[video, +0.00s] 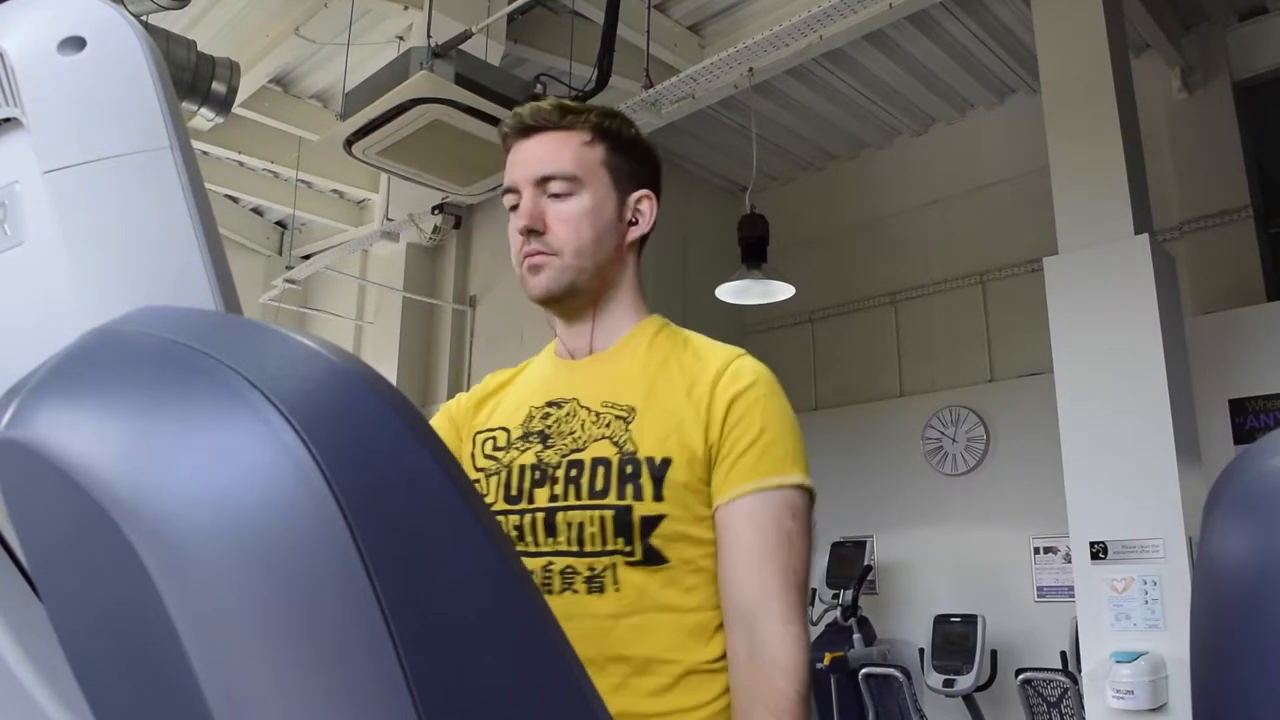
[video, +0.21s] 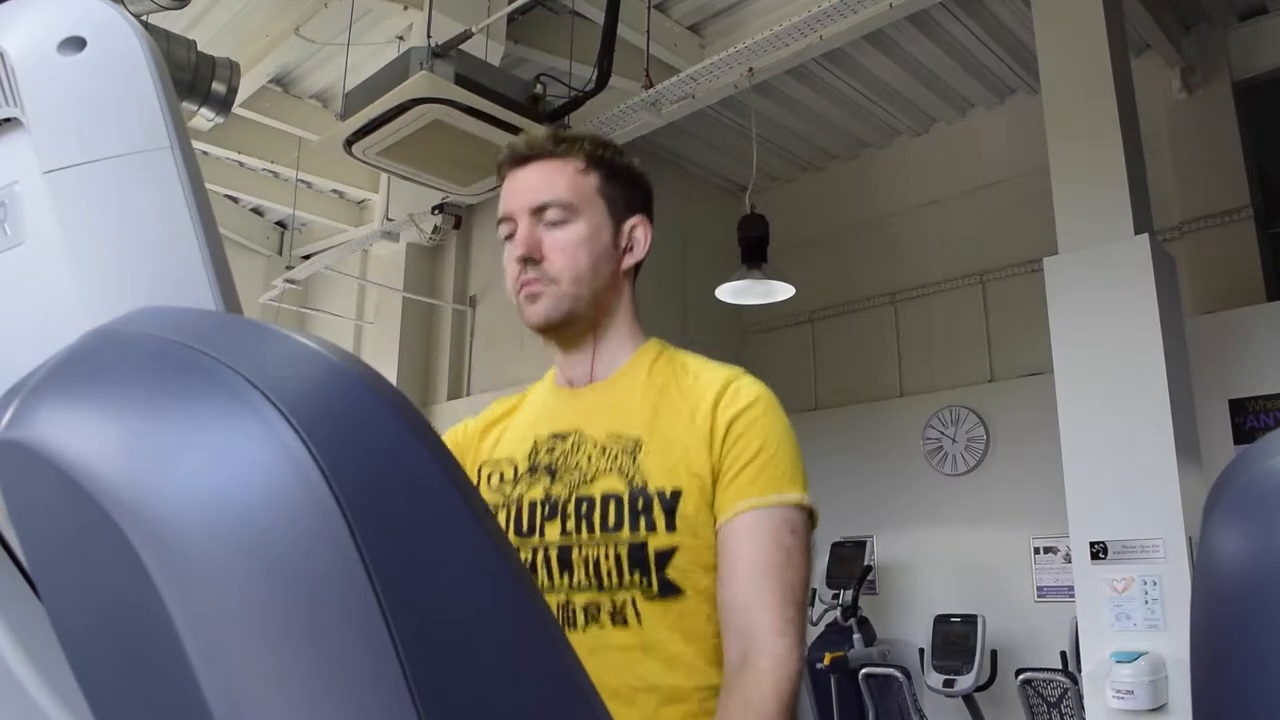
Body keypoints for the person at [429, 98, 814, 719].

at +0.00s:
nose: (524, 219)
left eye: (558, 192)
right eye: (513, 200)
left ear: (636, 216)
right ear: (506, 221)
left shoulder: (729, 389)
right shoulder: (462, 421)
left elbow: (765, 645)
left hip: (679, 703)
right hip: (497, 703)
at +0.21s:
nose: (521, 249)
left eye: (553, 219)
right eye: (509, 232)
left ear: (631, 242)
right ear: (502, 255)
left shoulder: (730, 409)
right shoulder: (462, 450)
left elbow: (761, 664)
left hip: (673, 703)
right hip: (500, 703)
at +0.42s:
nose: (511, 253)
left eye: (542, 225)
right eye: (494, 235)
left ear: (611, 250)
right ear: (484, 261)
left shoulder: (704, 406)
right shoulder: (449, 450)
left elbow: (727, 650)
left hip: (653, 704)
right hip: (486, 704)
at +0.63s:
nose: (530, 236)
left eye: (560, 211)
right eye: (509, 220)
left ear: (619, 238)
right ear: (497, 251)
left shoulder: (716, 393)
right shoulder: (448, 441)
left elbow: (777, 610)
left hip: (706, 704)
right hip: (523, 706)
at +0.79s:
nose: (541, 266)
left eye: (572, 240)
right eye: (519, 249)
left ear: (626, 271)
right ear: (503, 282)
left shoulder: (723, 423)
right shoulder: (460, 467)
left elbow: (805, 627)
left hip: (725, 707)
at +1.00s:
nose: (560, 256)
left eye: (592, 231)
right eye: (537, 240)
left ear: (648, 264)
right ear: (525, 278)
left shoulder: (744, 425)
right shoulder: (471, 463)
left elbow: (802, 656)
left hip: (726, 705)